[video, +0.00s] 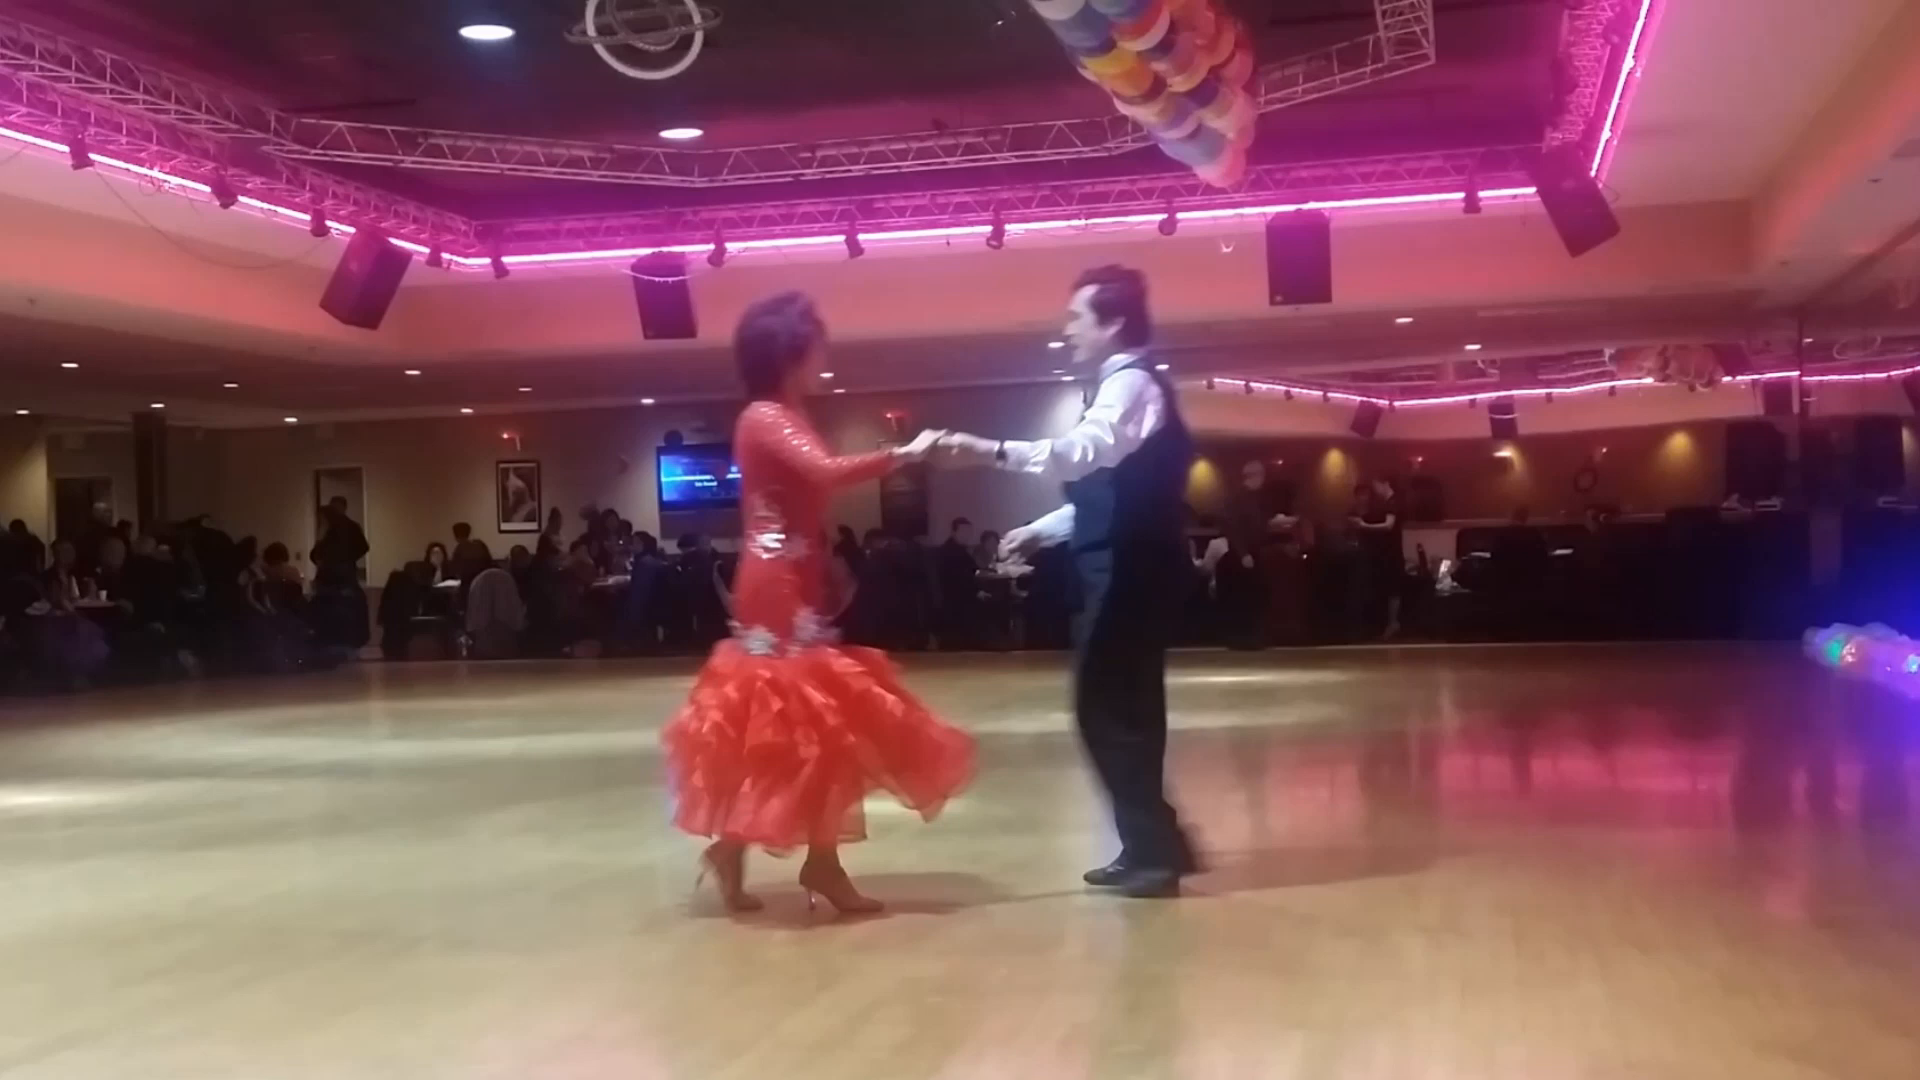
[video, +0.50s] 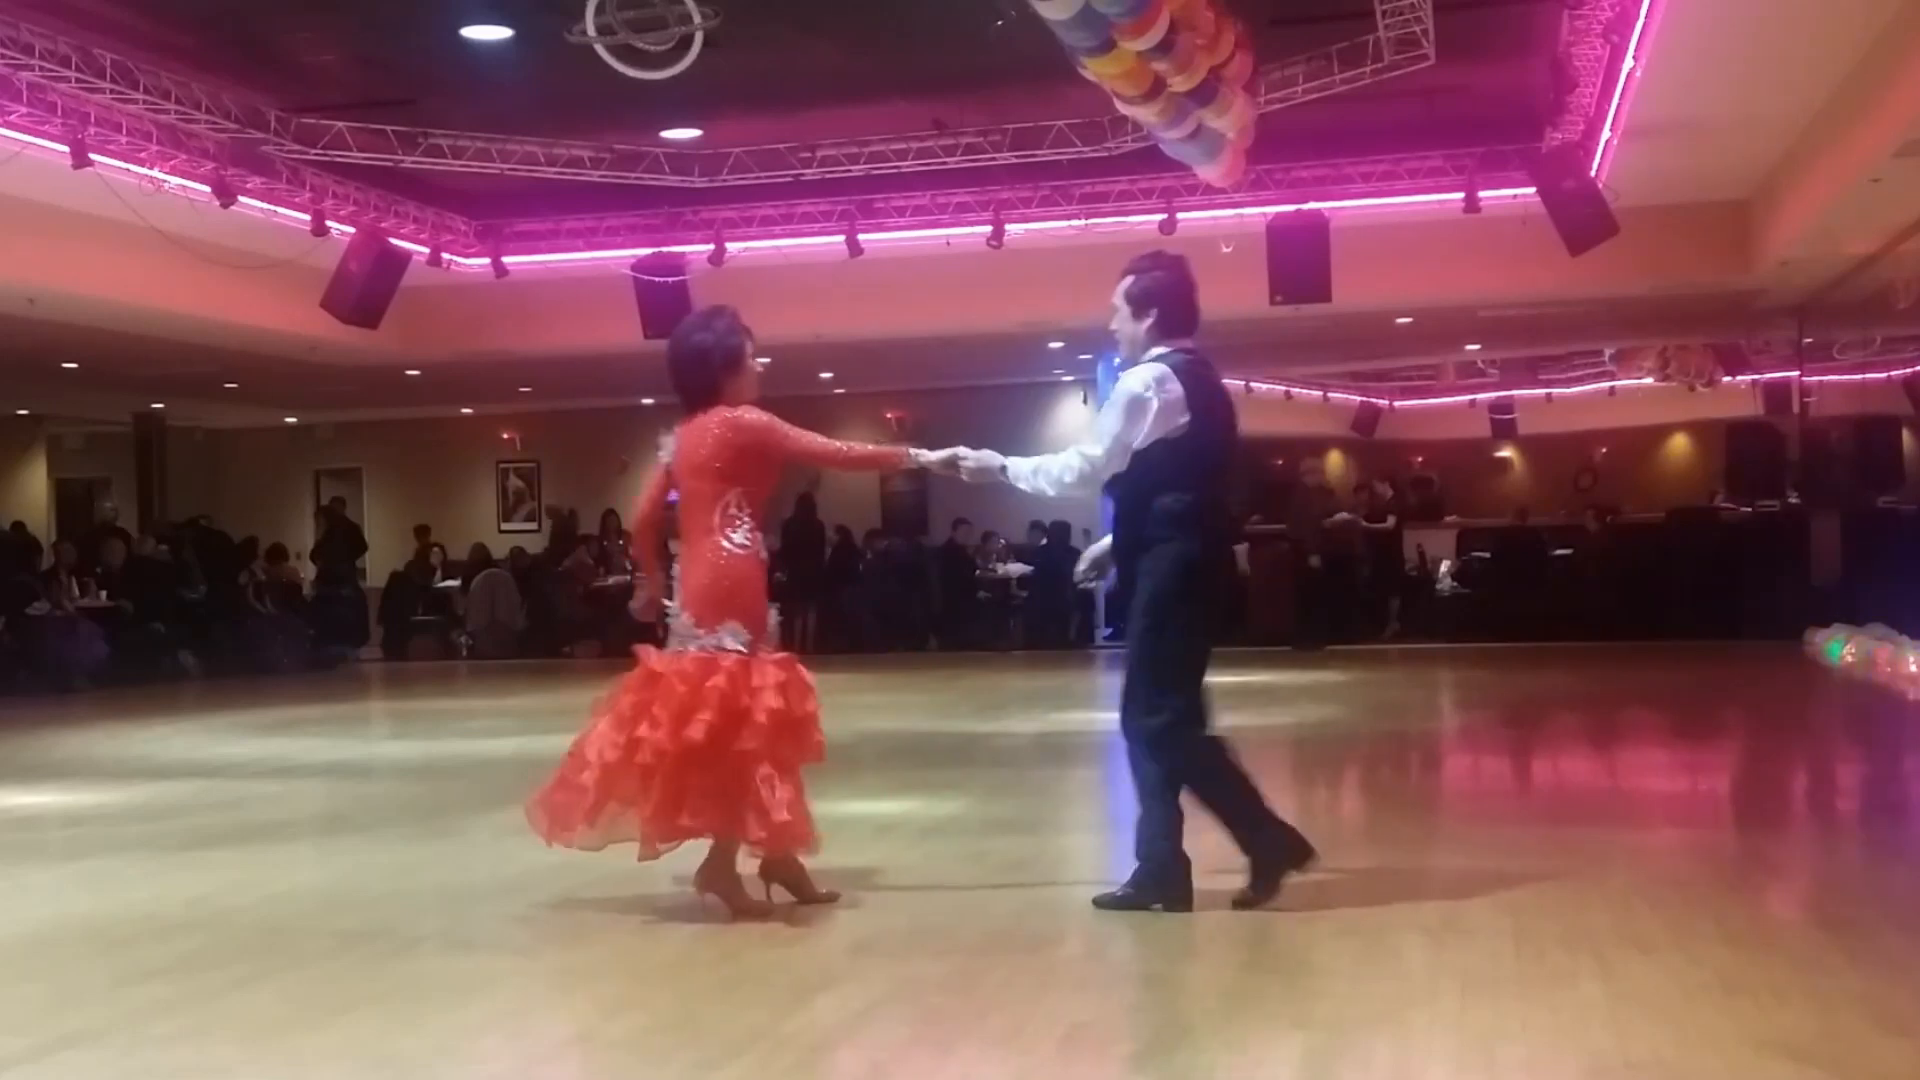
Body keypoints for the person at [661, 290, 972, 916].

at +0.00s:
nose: (822, 364)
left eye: (821, 352)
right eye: (815, 352)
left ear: (775, 355)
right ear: (785, 355)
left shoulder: (786, 416)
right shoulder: (765, 419)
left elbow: (789, 511)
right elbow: (823, 471)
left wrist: (824, 563)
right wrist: (900, 454)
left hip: (789, 580)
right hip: (775, 584)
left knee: (767, 720)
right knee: (823, 721)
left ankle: (729, 839)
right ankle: (823, 859)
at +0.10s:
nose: (794, 367)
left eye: (792, 355)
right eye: (786, 356)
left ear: (741, 361)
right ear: (758, 360)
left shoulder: (745, 425)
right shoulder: (737, 425)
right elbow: (810, 471)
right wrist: (897, 463)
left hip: (741, 592)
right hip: (741, 596)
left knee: (741, 730)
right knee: (797, 723)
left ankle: (712, 854)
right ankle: (800, 859)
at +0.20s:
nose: (761, 370)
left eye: (760, 358)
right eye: (753, 358)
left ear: (706, 364)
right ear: (723, 363)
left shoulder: (700, 424)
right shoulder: (721, 423)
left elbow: (804, 453)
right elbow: (811, 455)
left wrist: (889, 450)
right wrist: (899, 452)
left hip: (711, 584)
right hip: (723, 589)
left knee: (742, 723)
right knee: (756, 721)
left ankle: (726, 859)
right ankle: (721, 860)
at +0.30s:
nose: (743, 366)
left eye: (741, 354)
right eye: (737, 355)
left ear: (677, 366)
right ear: (713, 363)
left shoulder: (671, 435)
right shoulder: (721, 421)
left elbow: (654, 524)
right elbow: (817, 438)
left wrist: (679, 572)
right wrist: (902, 435)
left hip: (687, 576)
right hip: (719, 576)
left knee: (721, 722)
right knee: (730, 722)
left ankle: (715, 860)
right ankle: (717, 867)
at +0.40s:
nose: (746, 364)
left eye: (743, 354)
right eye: (739, 355)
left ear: (676, 366)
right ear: (719, 362)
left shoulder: (664, 434)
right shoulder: (734, 421)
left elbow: (632, 511)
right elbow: (825, 445)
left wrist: (639, 580)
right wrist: (904, 446)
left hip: (682, 578)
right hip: (722, 576)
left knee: (736, 718)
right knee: (730, 720)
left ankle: (750, 855)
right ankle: (718, 864)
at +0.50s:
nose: (759, 367)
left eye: (755, 355)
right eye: (750, 357)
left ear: (692, 372)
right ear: (726, 367)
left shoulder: (681, 438)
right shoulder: (744, 424)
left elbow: (643, 518)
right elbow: (835, 453)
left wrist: (647, 582)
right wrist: (925, 457)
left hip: (699, 577)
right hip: (735, 576)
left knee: (757, 718)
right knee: (736, 722)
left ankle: (779, 846)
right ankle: (720, 862)